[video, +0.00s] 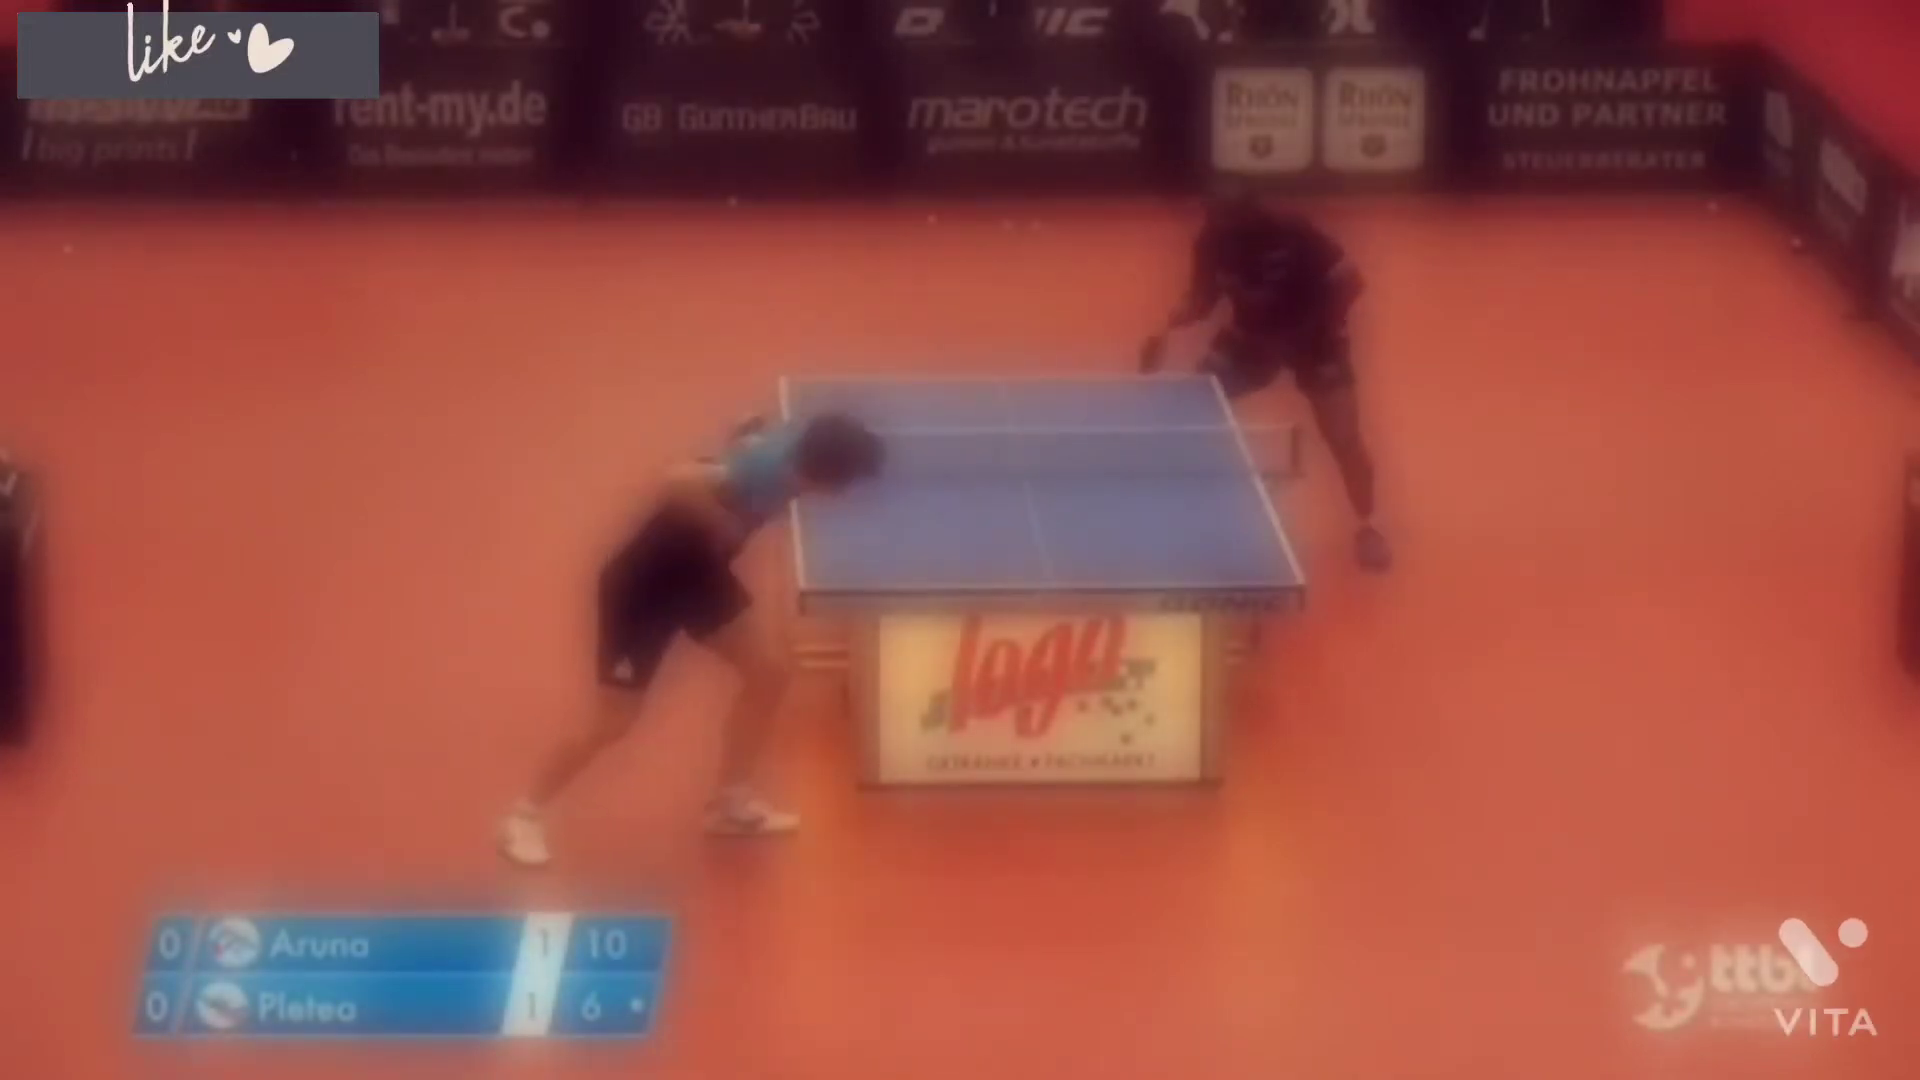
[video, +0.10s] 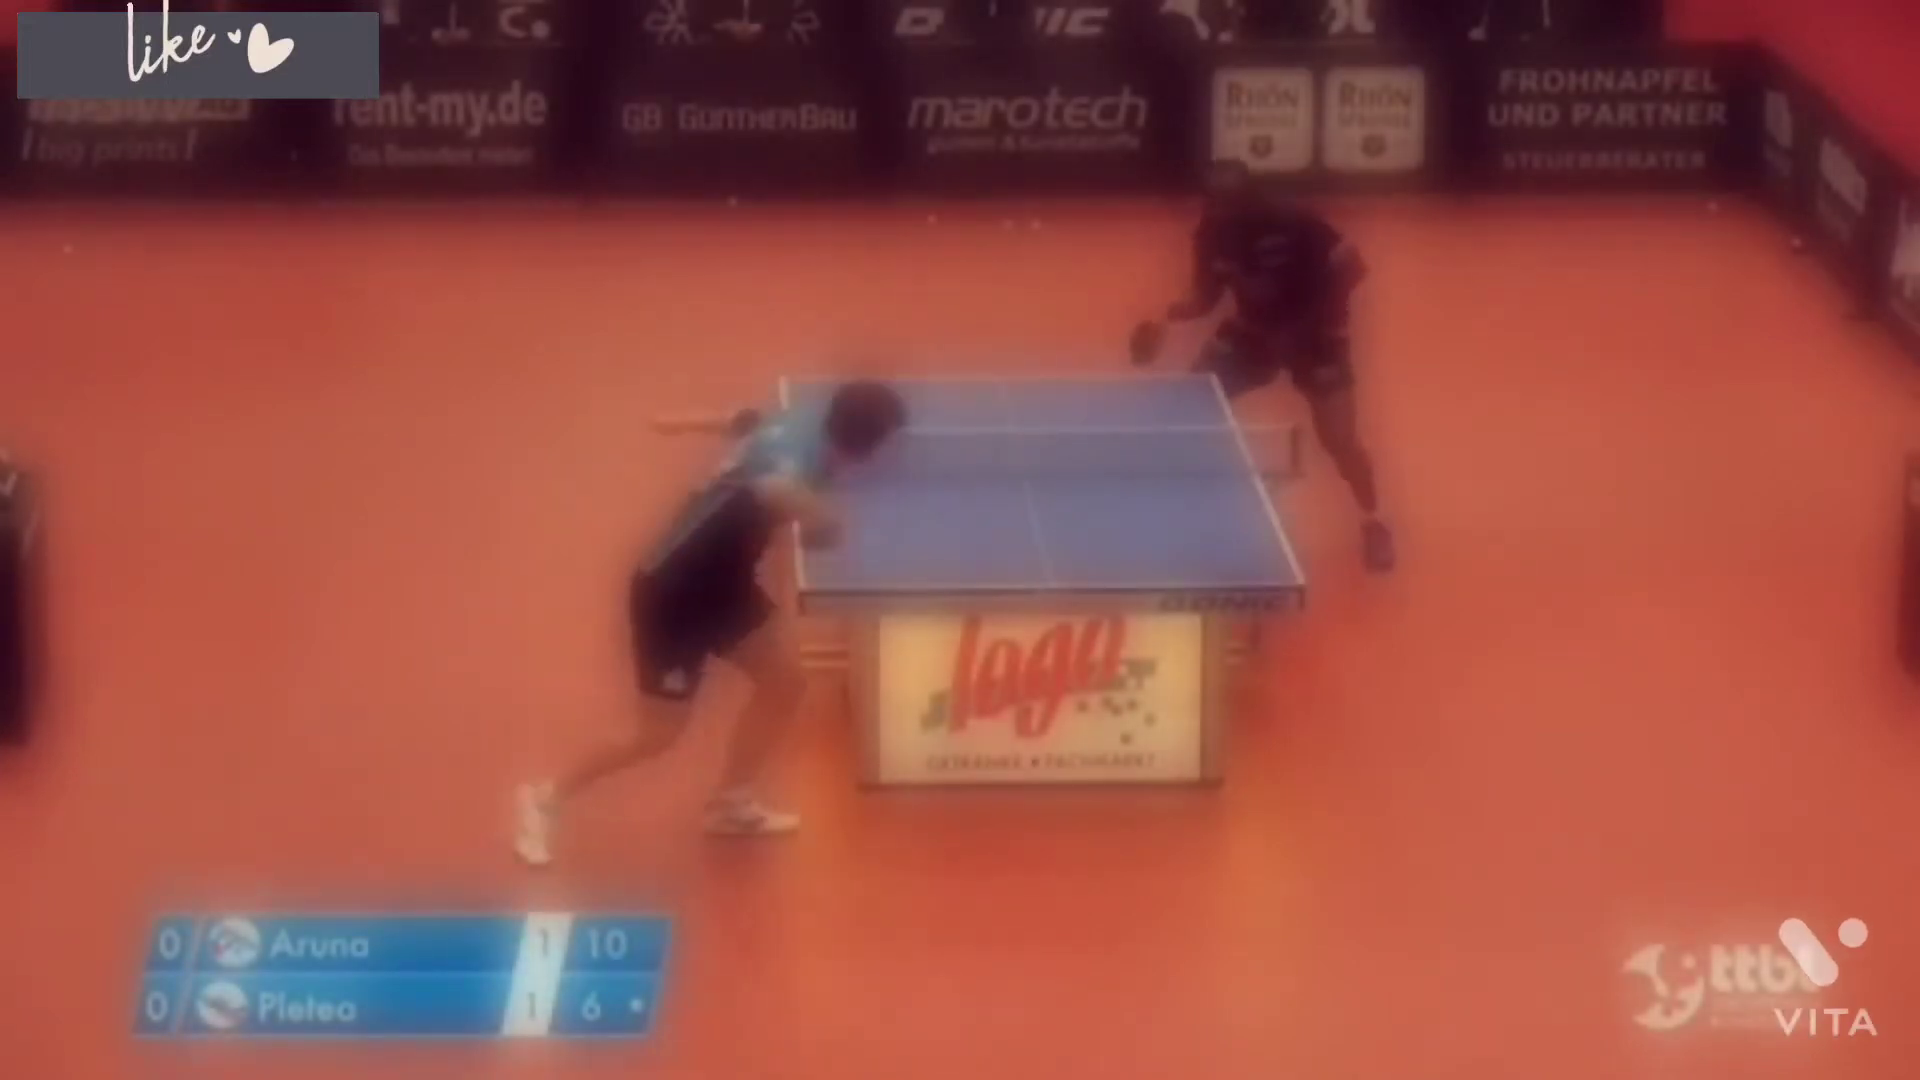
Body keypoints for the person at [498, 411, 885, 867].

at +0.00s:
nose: (832, 493)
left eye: (840, 484)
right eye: (835, 482)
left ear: (824, 456)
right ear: (818, 468)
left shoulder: (784, 454)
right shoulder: (755, 470)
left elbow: (752, 433)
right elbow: (678, 482)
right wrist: (718, 516)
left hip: (699, 576)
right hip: (644, 579)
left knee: (766, 673)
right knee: (614, 717)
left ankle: (732, 798)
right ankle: (528, 812)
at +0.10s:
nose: (876, 453)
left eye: (882, 442)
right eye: (877, 443)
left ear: (841, 416)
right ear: (862, 441)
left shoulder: (797, 430)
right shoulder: (787, 461)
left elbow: (742, 422)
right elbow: (776, 495)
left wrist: (679, 423)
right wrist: (822, 518)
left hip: (723, 582)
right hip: (670, 587)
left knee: (782, 681)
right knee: (660, 732)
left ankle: (732, 799)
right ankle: (548, 798)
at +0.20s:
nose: (891, 384)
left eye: (890, 372)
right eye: (890, 374)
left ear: (840, 364)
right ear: (883, 380)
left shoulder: (791, 398)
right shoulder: (848, 439)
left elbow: (724, 403)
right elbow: (897, 477)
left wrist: (659, 406)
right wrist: (934, 474)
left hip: (716, 570)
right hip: (746, 587)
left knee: (777, 697)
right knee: (775, 723)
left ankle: (736, 801)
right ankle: (641, 782)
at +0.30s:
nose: (901, 346)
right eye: (904, 337)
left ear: (853, 336)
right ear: (906, 345)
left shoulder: (809, 384)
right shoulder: (901, 413)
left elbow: (741, 403)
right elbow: (967, 467)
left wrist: (695, 427)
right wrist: (981, 455)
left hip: (757, 563)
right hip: (817, 575)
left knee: (765, 678)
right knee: (867, 706)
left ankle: (732, 802)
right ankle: (807, 818)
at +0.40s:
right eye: (915, 341)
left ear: (866, 344)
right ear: (919, 350)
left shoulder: (828, 392)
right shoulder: (929, 417)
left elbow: (752, 415)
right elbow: (1001, 484)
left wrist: (753, 479)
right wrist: (985, 458)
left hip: (792, 574)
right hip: (862, 584)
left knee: (768, 698)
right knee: (929, 712)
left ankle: (723, 817)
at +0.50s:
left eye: (894, 365)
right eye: (926, 368)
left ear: (880, 373)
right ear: (937, 379)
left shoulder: (847, 423)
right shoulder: (951, 447)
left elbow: (775, 457)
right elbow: (1019, 522)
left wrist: (781, 489)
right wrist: (1007, 487)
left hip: (831, 615)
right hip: (906, 621)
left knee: (776, 711)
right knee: (989, 736)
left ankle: (738, 835)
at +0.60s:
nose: (931, 418)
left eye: (922, 407)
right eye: (945, 409)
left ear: (907, 415)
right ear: (962, 419)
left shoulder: (874, 466)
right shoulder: (985, 487)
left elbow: (825, 506)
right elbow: (1025, 561)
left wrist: (869, 532)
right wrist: (984, 519)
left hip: (867, 652)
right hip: (948, 655)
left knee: (783, 721)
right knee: (1035, 744)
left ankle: (740, 861)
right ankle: (1079, 882)